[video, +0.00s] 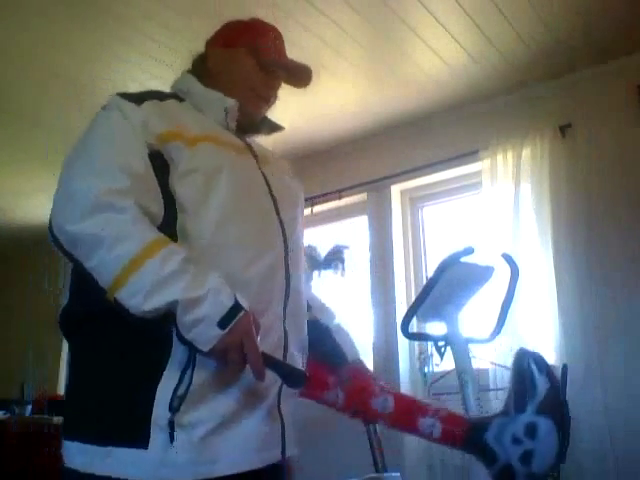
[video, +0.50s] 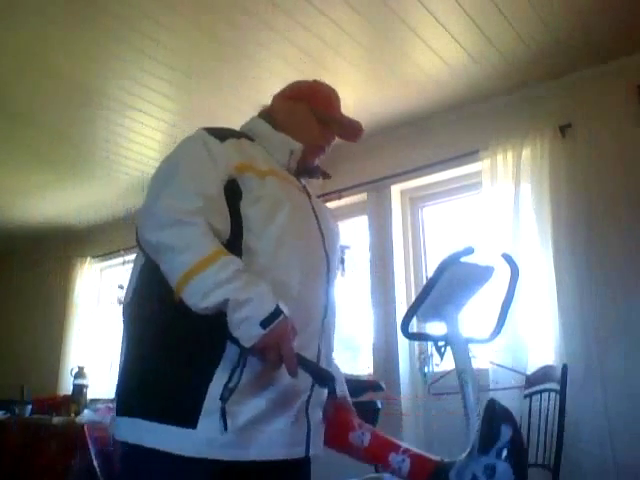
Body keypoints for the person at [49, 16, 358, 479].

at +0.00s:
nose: (274, 88)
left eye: (280, 78)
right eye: (266, 68)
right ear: (222, 56)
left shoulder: (275, 169)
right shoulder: (136, 119)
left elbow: (283, 284)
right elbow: (89, 216)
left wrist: (338, 355)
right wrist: (208, 309)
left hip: (258, 443)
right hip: (149, 447)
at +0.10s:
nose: (281, 96)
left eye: (287, 88)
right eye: (272, 77)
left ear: (288, 96)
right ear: (229, 64)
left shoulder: (286, 178)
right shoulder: (149, 128)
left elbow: (298, 292)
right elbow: (104, 220)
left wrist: (348, 367)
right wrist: (216, 304)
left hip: (267, 441)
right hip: (165, 444)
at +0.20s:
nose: (290, 99)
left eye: (295, 91)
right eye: (280, 82)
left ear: (296, 99)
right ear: (239, 72)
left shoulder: (292, 178)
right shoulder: (166, 130)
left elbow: (304, 289)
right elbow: (123, 218)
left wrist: (342, 363)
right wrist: (230, 298)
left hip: (277, 436)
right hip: (181, 436)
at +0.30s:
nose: (304, 114)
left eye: (308, 105)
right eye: (298, 98)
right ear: (262, 87)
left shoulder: (298, 185)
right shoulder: (185, 136)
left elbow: (309, 297)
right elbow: (143, 222)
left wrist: (342, 374)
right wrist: (245, 301)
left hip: (283, 436)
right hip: (190, 437)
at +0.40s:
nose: (321, 139)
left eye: (326, 130)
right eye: (317, 122)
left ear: (301, 120)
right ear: (283, 106)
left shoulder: (305, 199)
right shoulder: (203, 145)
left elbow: (303, 311)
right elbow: (162, 229)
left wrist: (341, 385)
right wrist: (257, 312)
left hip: (286, 438)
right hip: (194, 438)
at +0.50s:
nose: (329, 143)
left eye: (334, 134)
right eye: (325, 127)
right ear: (295, 115)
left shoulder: (314, 208)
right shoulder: (213, 149)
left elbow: (311, 319)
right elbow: (169, 227)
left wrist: (335, 396)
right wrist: (252, 308)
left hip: (282, 445)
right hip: (190, 440)